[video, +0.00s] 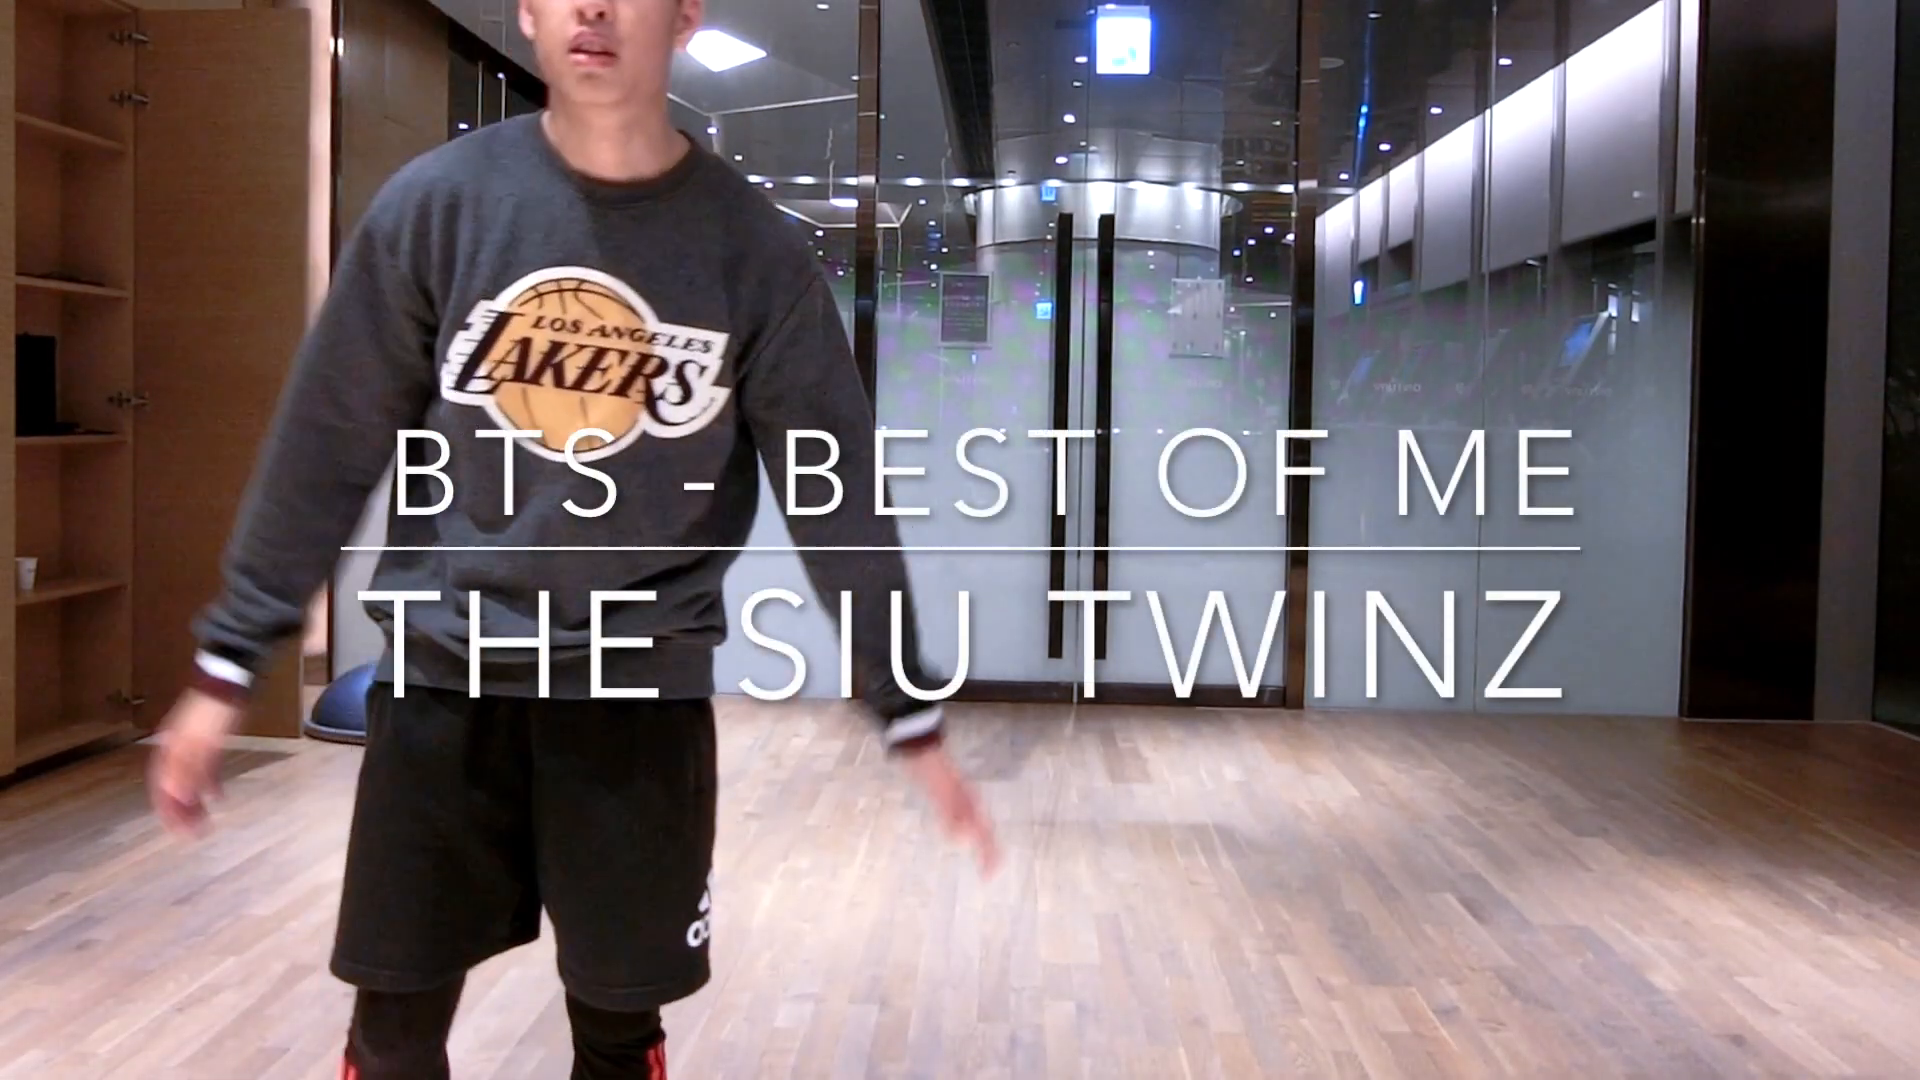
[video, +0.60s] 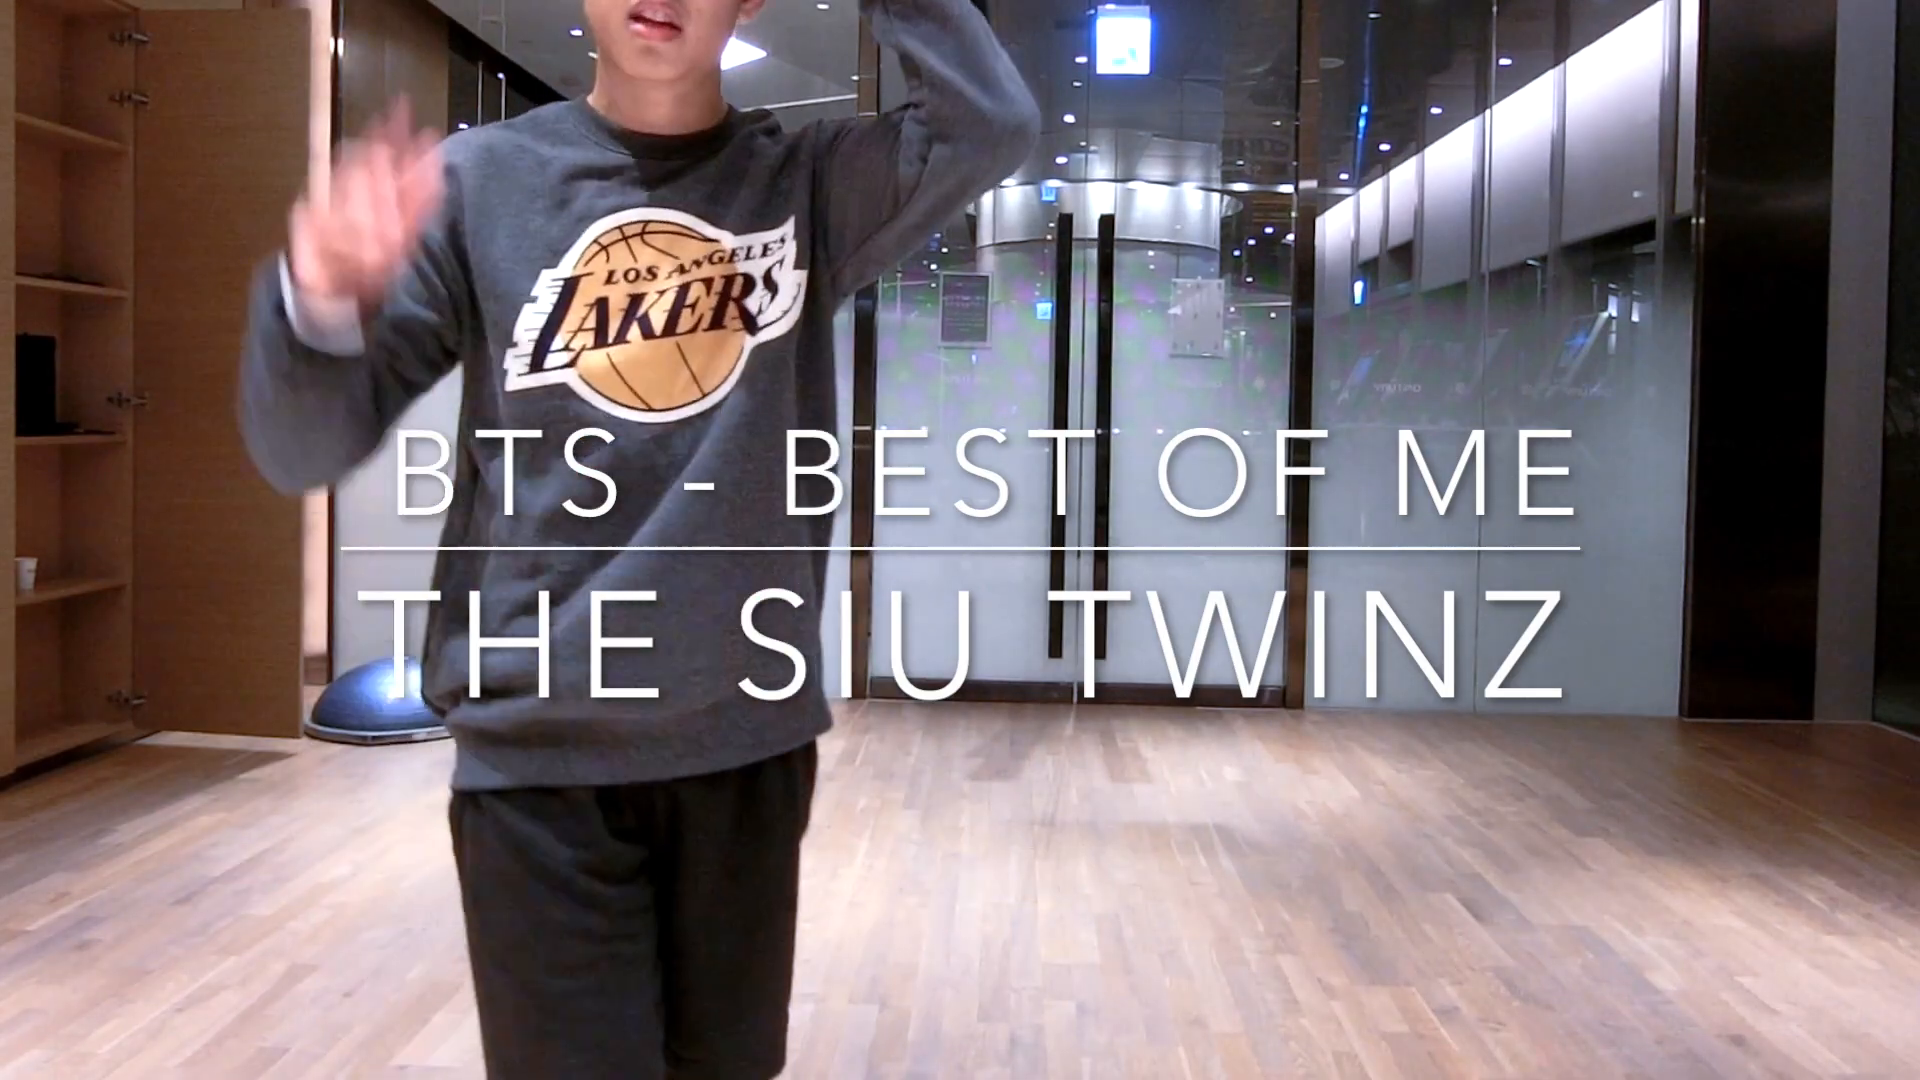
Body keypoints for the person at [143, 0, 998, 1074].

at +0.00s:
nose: (591, 11)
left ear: (685, 17)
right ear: (526, 21)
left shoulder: (754, 243)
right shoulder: (431, 204)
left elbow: (833, 489)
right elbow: (323, 444)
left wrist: (909, 718)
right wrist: (221, 672)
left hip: (636, 692)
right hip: (441, 687)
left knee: (618, 1031)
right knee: (396, 1022)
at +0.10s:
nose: (614, 3)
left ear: (710, 15)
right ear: (554, 10)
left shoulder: (772, 234)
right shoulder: (456, 193)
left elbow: (824, 495)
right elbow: (376, 463)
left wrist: (829, 725)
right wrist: (363, 679)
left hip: (661, 704)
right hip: (461, 698)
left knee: (630, 1036)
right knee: (414, 1043)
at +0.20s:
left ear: (727, 16)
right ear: (574, 8)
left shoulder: (785, 219)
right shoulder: (468, 176)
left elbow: (844, 447)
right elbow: (388, 437)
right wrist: (481, 572)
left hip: (675, 697)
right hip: (481, 691)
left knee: (637, 1036)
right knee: (439, 1039)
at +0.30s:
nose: (651, 21)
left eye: (688, 5)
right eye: (641, 1)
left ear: (744, 24)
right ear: (602, 14)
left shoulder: (779, 183)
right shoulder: (472, 168)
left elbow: (893, 389)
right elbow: (381, 426)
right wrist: (508, 477)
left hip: (692, 688)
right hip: (498, 681)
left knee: (644, 1043)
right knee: (474, 1047)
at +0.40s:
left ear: (746, 15)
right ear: (594, 3)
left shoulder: (782, 188)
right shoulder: (471, 174)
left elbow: (935, 251)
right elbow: (374, 419)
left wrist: (862, 20)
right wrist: (472, 485)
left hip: (707, 699)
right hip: (511, 699)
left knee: (655, 1040)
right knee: (511, 1056)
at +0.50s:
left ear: (747, 13)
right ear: (595, 2)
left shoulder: (792, 181)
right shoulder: (470, 180)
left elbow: (966, 160)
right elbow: (355, 404)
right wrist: (388, 458)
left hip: (724, 726)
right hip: (523, 727)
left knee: (673, 1050)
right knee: (546, 1063)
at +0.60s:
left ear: (743, 7)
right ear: (587, 3)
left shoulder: (806, 177)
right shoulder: (477, 177)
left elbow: (995, 125)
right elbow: (302, 454)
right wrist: (321, 300)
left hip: (746, 752)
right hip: (535, 756)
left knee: (730, 1065)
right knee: (572, 1065)